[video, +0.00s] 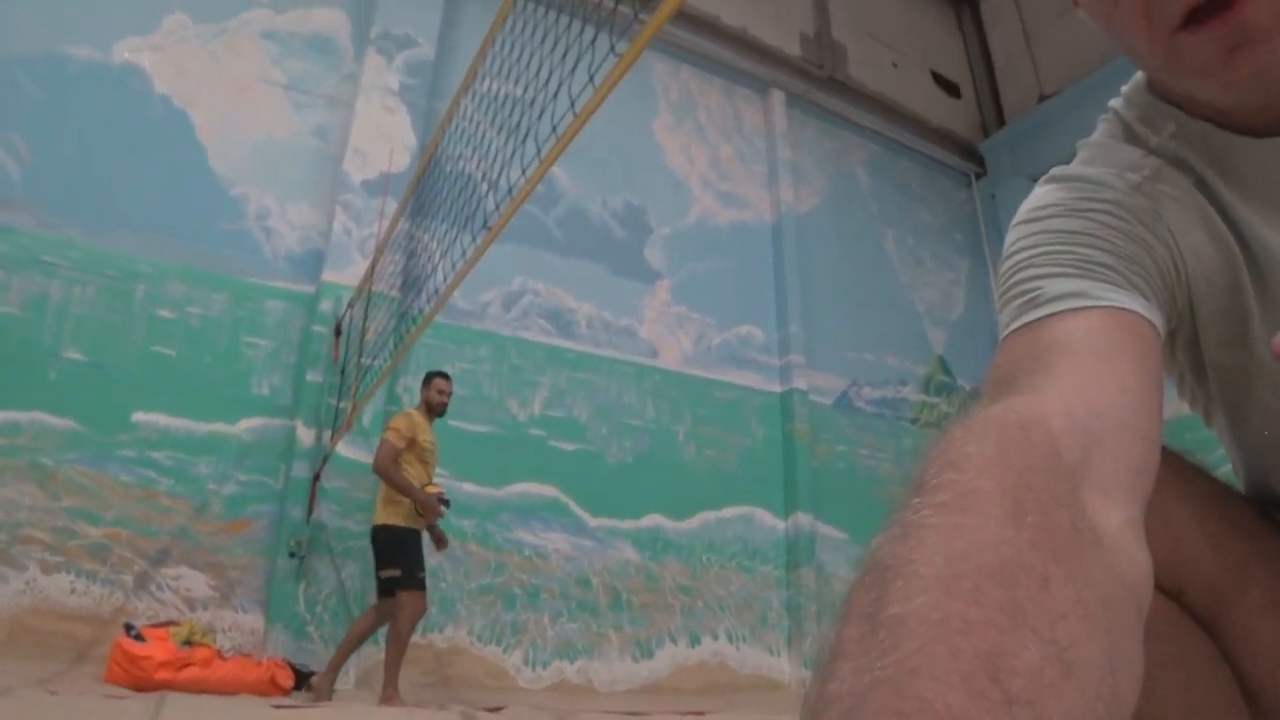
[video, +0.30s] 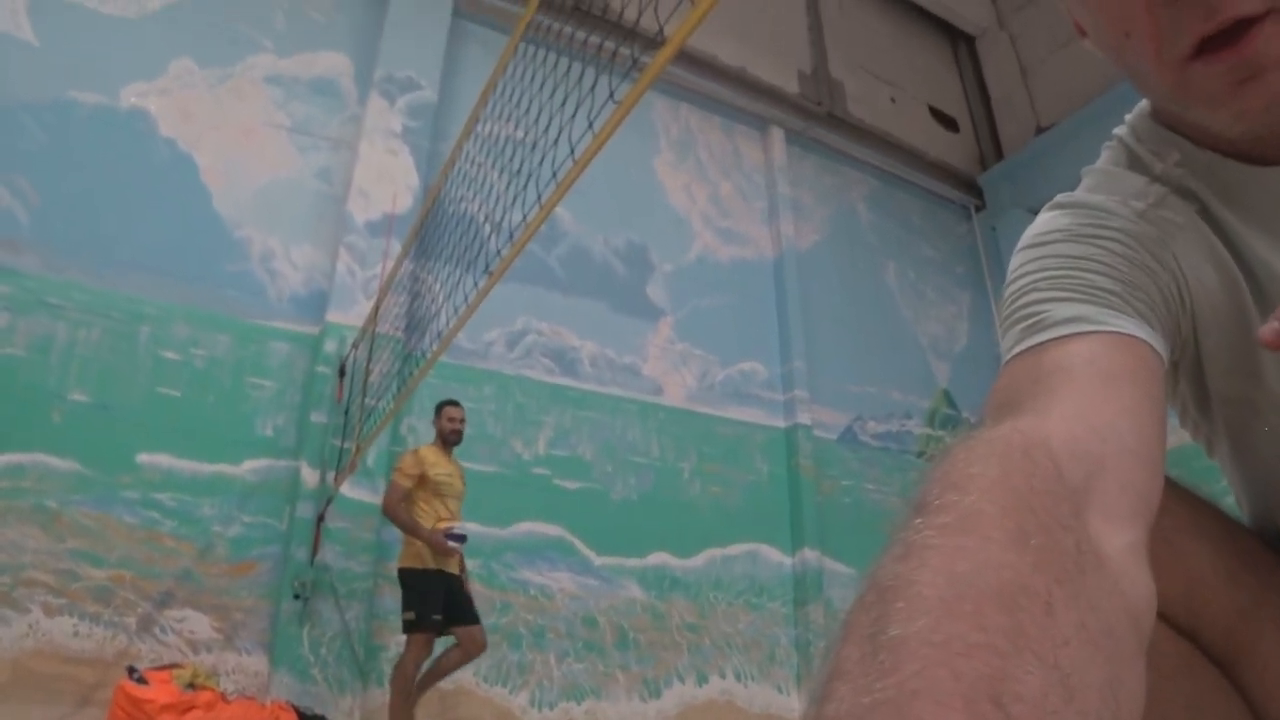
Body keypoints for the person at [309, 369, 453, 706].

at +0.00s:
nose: (445, 399)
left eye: (449, 395)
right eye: (440, 392)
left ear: (449, 400)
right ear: (423, 392)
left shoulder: (426, 430)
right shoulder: (407, 421)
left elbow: (414, 483)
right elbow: (382, 463)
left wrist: (431, 526)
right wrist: (420, 497)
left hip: (401, 528)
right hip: (396, 528)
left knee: (386, 607)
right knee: (413, 606)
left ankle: (326, 677)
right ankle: (389, 694)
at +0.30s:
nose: (457, 426)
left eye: (461, 422)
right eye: (450, 420)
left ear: (464, 428)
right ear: (436, 423)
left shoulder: (456, 469)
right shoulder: (417, 458)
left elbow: (450, 525)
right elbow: (390, 505)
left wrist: (461, 573)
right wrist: (429, 538)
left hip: (449, 571)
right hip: (421, 568)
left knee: (473, 643)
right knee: (419, 647)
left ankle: (410, 695)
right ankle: (399, 712)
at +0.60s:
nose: (500, 442)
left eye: (505, 438)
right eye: (493, 436)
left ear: (508, 444)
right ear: (479, 439)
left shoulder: (504, 487)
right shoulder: (453, 476)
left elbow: (497, 538)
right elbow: (423, 522)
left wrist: (495, 583)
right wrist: (450, 555)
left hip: (490, 593)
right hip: (453, 591)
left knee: (526, 648)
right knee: (433, 665)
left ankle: (516, 716)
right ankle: (405, 715)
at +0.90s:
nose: (580, 428)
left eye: (585, 424)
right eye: (576, 421)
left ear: (587, 430)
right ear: (558, 420)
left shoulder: (576, 473)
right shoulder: (526, 454)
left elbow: (569, 529)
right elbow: (487, 497)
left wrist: (566, 576)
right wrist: (511, 533)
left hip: (552, 576)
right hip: (512, 571)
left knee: (570, 640)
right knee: (486, 646)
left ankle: (551, 716)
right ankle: (441, 713)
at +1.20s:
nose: (630, 384)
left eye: (635, 380)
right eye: (624, 376)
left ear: (638, 389)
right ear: (608, 380)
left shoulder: (634, 437)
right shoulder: (578, 414)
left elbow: (643, 494)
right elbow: (538, 458)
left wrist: (657, 548)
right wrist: (559, 491)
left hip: (605, 534)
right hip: (570, 526)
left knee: (596, 619)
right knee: (590, 604)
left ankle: (567, 708)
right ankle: (542, 667)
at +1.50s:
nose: (661, 356)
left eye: (666, 351)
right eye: (654, 349)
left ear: (671, 359)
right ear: (639, 354)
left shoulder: (676, 409)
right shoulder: (613, 398)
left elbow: (691, 465)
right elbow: (579, 450)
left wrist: (709, 515)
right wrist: (597, 481)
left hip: (648, 519)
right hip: (615, 513)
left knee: (611, 608)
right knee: (646, 594)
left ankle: (577, 690)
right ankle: (642, 701)